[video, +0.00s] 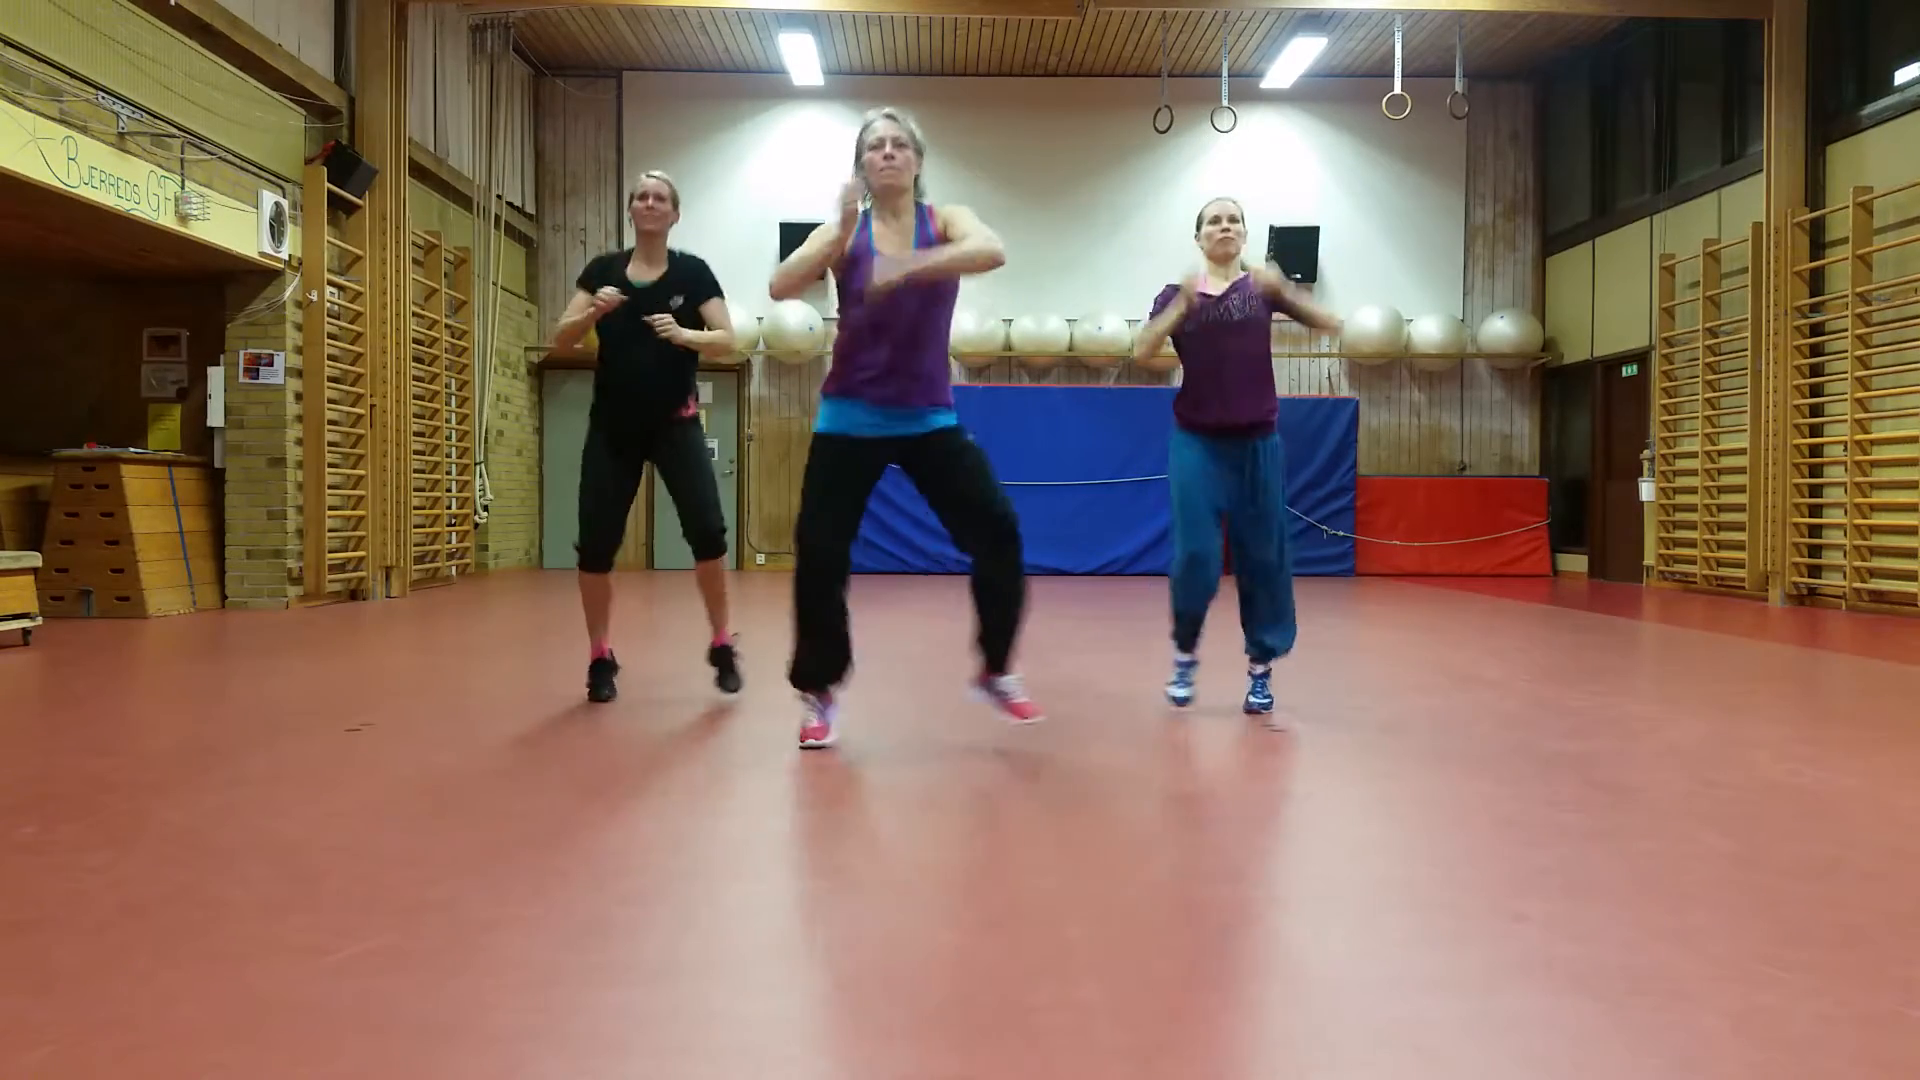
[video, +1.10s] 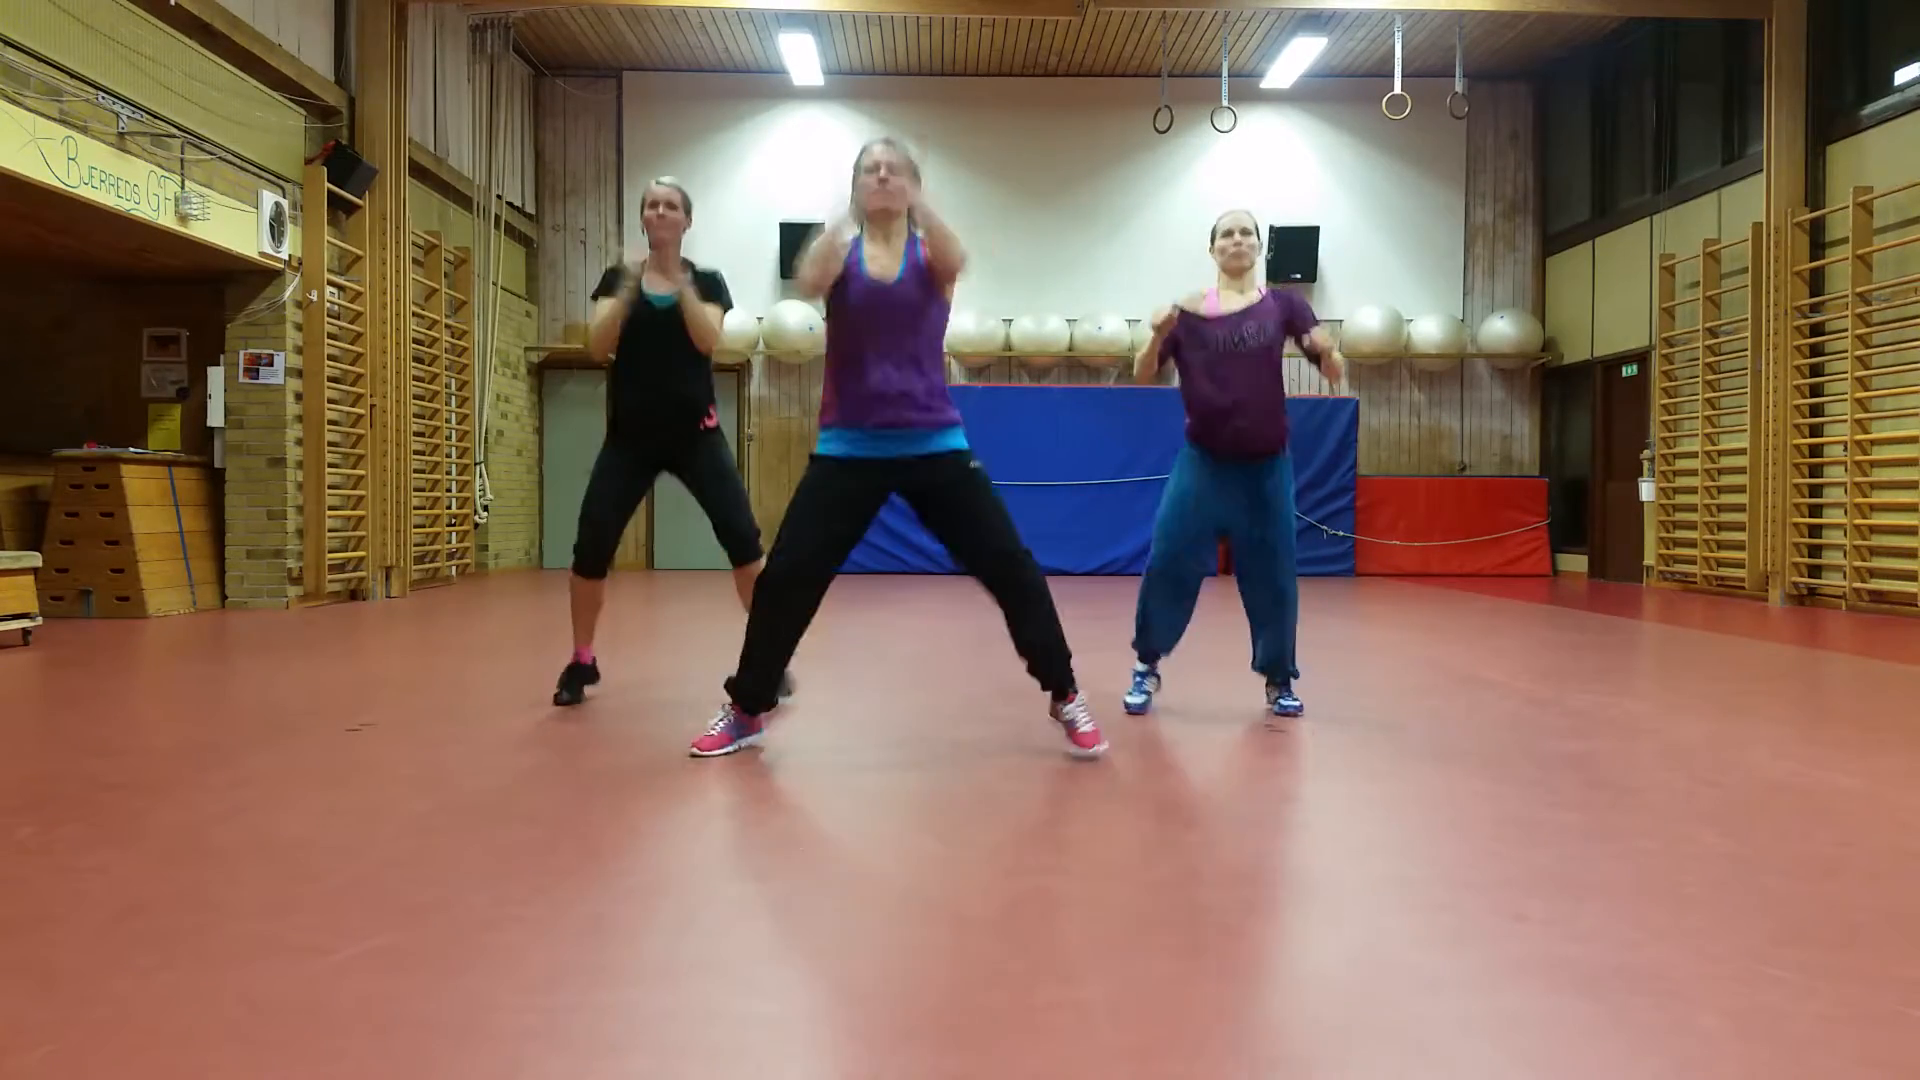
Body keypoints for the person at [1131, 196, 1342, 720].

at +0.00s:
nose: (1225, 228)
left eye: (1234, 222)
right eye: (1215, 222)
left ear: (1246, 235)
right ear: (1198, 236)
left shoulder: (1262, 287)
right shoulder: (1178, 294)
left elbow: (1329, 324)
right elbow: (1142, 351)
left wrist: (1285, 291)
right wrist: (1182, 303)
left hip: (1257, 439)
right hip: (1197, 440)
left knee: (1263, 556)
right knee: (1194, 553)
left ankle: (1260, 673)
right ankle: (1184, 659)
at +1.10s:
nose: (1238, 240)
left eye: (1246, 233)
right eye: (1228, 234)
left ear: (1260, 247)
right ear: (1213, 249)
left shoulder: (1283, 304)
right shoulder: (1188, 311)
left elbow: (1331, 368)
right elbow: (1145, 375)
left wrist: (1328, 354)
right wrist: (1157, 336)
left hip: (1267, 461)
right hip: (1203, 459)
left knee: (1274, 570)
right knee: (1168, 557)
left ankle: (1280, 681)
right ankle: (1146, 668)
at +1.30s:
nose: (1234, 248)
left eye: (1242, 241)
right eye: (1224, 241)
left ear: (1256, 254)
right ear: (1208, 254)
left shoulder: (1272, 314)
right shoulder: (1180, 308)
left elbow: (1309, 374)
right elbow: (1131, 356)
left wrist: (1318, 435)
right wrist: (1127, 405)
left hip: (1253, 461)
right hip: (1187, 461)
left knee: (1288, 562)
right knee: (1158, 563)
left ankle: (1295, 666)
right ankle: (1128, 668)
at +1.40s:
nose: (1232, 264)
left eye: (1241, 257)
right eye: (1223, 257)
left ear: (1254, 269)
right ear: (1207, 268)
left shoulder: (1277, 329)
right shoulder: (1182, 335)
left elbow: (1303, 394)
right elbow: (1144, 389)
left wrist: (1299, 455)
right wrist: (1141, 408)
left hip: (1255, 484)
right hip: (1187, 481)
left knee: (1284, 583)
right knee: (1156, 579)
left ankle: (1290, 678)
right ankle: (1129, 677)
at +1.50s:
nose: (1231, 254)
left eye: (1240, 246)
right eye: (1222, 246)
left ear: (1252, 256)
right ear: (1206, 259)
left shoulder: (1278, 312)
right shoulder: (1187, 326)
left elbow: (1317, 377)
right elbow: (1152, 396)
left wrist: (1300, 423)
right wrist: (1189, 355)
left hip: (1264, 468)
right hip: (1198, 466)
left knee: (1280, 575)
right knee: (1152, 557)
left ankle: (1287, 680)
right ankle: (1128, 668)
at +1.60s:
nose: (1233, 236)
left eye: (1240, 229)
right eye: (1222, 230)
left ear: (1253, 241)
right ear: (1207, 244)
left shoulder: (1277, 299)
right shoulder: (1185, 299)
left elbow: (1320, 352)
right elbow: (1149, 351)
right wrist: (1215, 340)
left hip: (1264, 451)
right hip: (1198, 451)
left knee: (1287, 558)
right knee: (1153, 549)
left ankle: (1305, 668)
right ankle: (1127, 657)